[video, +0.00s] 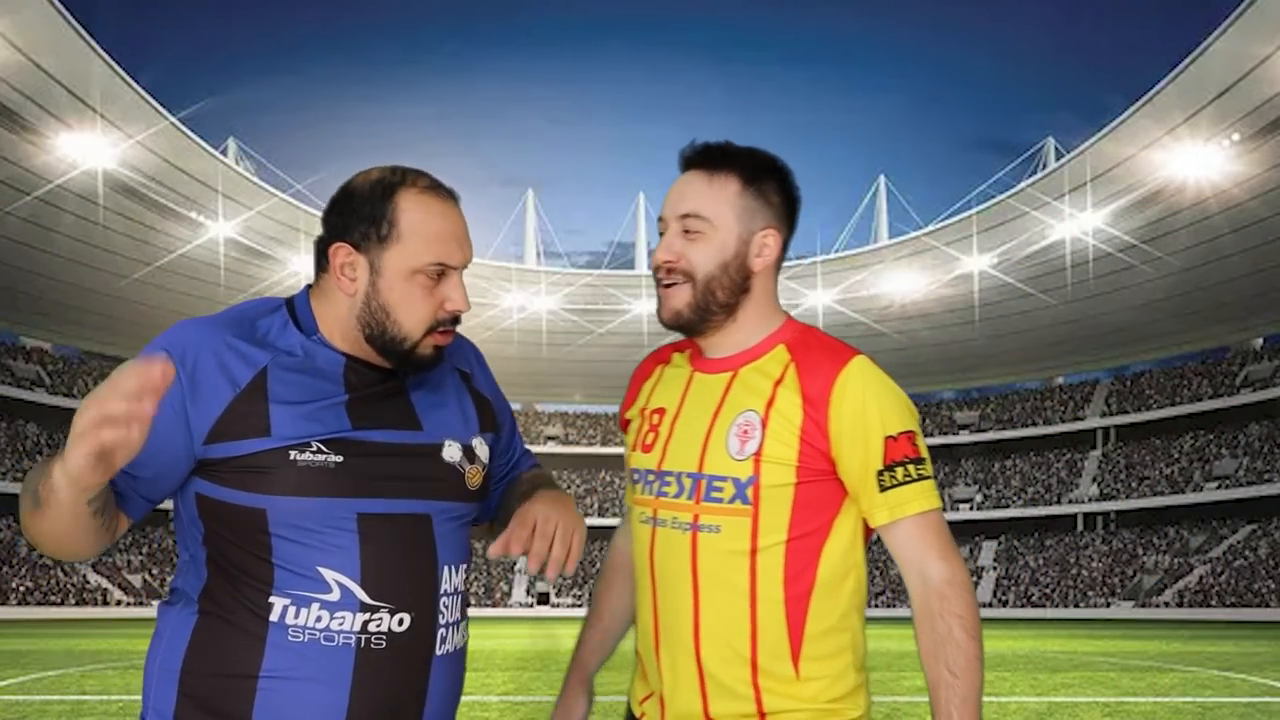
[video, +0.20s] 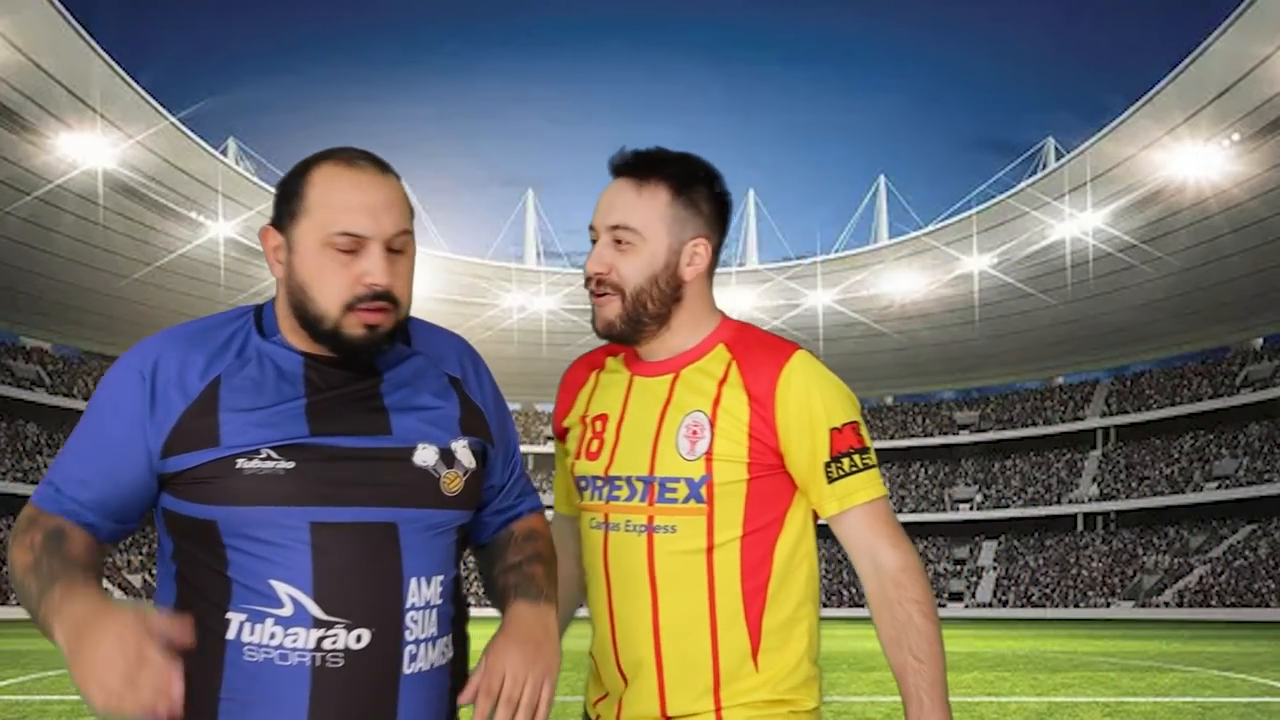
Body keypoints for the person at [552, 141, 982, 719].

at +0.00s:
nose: (661, 254)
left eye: (691, 232)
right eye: (662, 232)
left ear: (763, 249)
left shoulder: (845, 386)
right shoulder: (652, 378)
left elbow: (939, 582)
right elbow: (637, 537)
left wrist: (956, 713)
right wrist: (579, 674)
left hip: (797, 705)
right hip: (657, 704)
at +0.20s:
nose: (593, 266)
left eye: (622, 243)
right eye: (595, 242)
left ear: (693, 258)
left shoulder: (786, 381)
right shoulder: (581, 385)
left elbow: (887, 565)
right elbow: (570, 552)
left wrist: (930, 712)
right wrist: (514, 661)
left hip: (755, 704)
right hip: (613, 705)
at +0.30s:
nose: (578, 262)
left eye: (609, 238)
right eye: (574, 238)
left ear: (676, 253)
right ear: (565, 245)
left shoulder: (762, 376)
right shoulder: (554, 383)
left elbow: (865, 558)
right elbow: (538, 546)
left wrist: (913, 710)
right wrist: (509, 684)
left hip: (738, 702)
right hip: (597, 703)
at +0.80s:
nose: (616, 241)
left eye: (650, 219)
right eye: (597, 210)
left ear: (691, 242)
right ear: (568, 220)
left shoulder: (747, 383)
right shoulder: (527, 367)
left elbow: (847, 587)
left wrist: (857, 714)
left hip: (718, 703)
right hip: (566, 704)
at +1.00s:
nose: (698, 240)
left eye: (733, 220)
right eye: (681, 206)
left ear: (767, 248)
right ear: (647, 215)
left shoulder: (816, 397)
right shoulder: (571, 357)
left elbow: (912, 590)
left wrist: (944, 714)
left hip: (755, 706)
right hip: (593, 705)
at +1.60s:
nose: (731, 248)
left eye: (761, 224)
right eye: (735, 224)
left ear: (839, 241)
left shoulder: (936, 392)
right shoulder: (716, 379)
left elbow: (1036, 588)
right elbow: (696, 551)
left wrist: (1080, 712)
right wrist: (603, 654)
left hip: (883, 702)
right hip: (725, 704)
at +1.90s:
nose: (804, 265)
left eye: (828, 240)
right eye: (810, 237)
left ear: (906, 250)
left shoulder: (1015, 409)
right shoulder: (789, 362)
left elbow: (1109, 616)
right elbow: (745, 496)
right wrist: (635, 594)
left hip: (945, 707)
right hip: (785, 704)